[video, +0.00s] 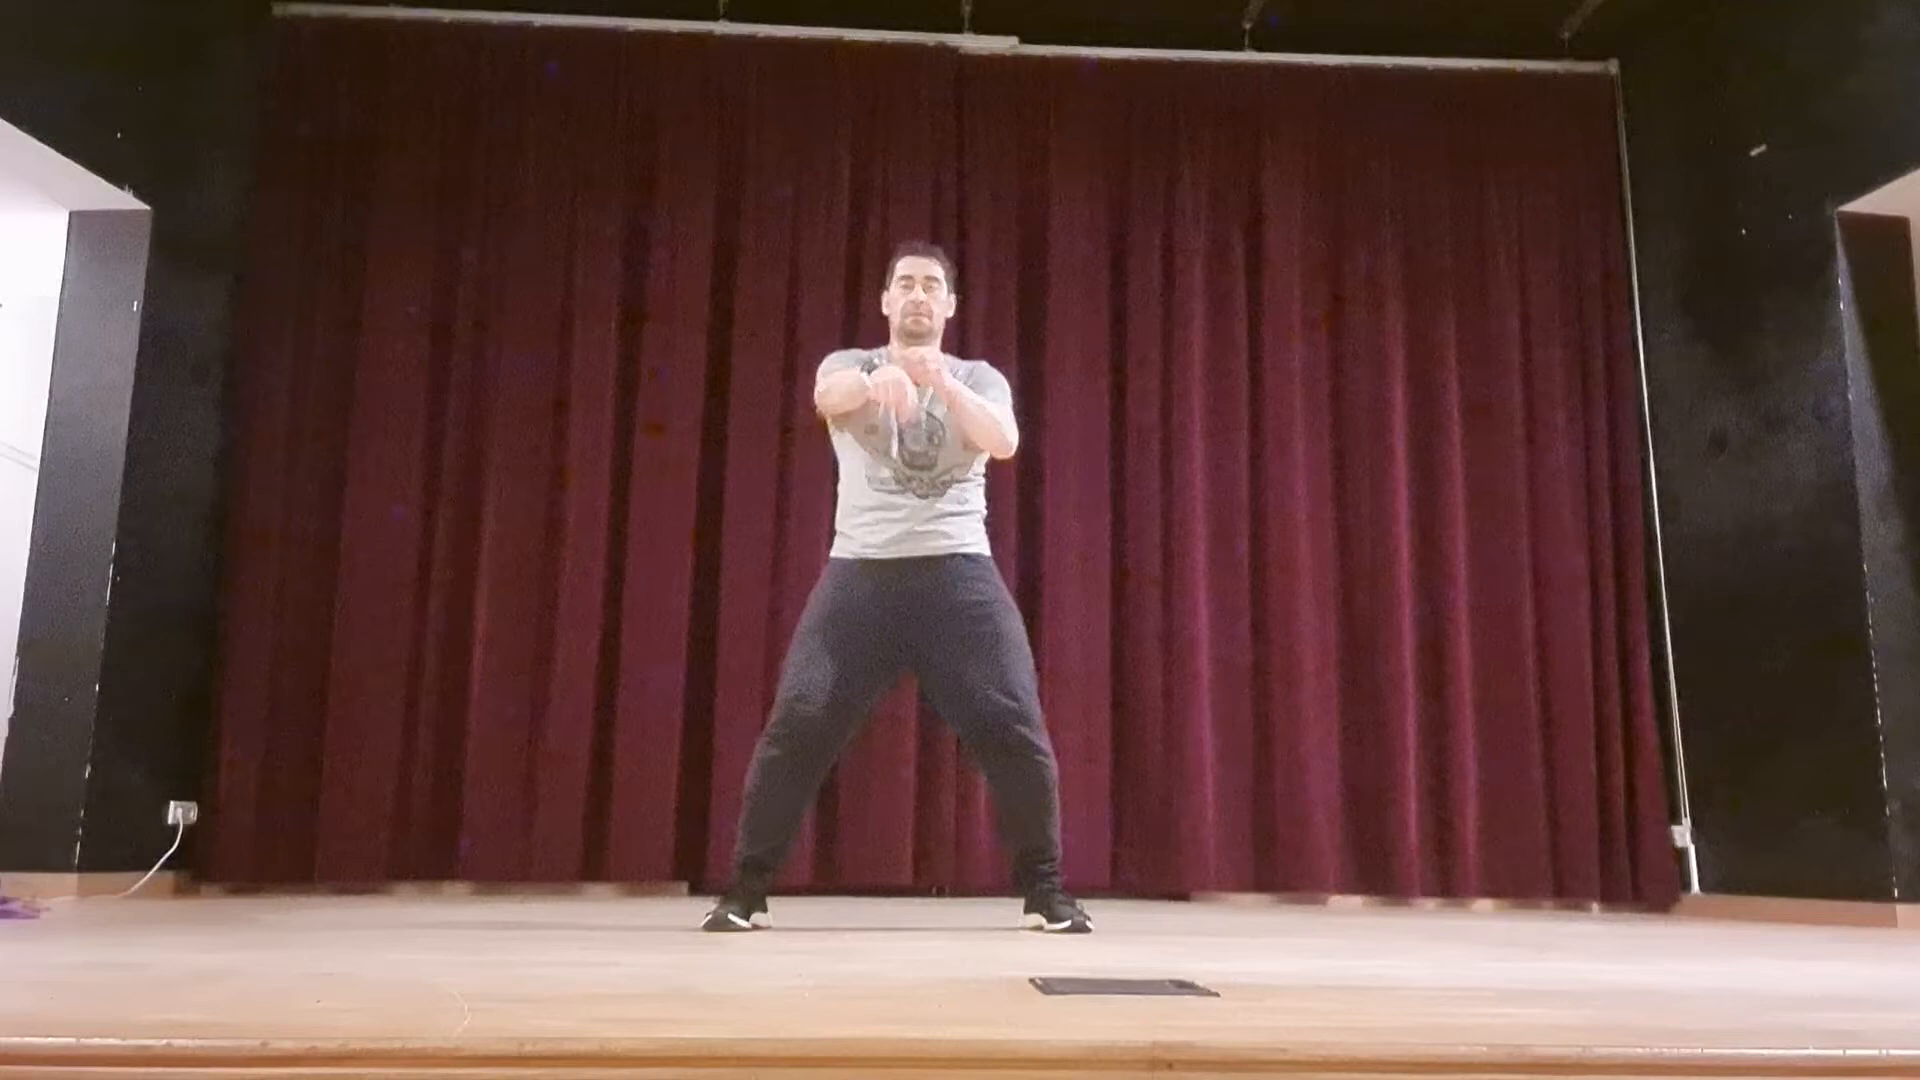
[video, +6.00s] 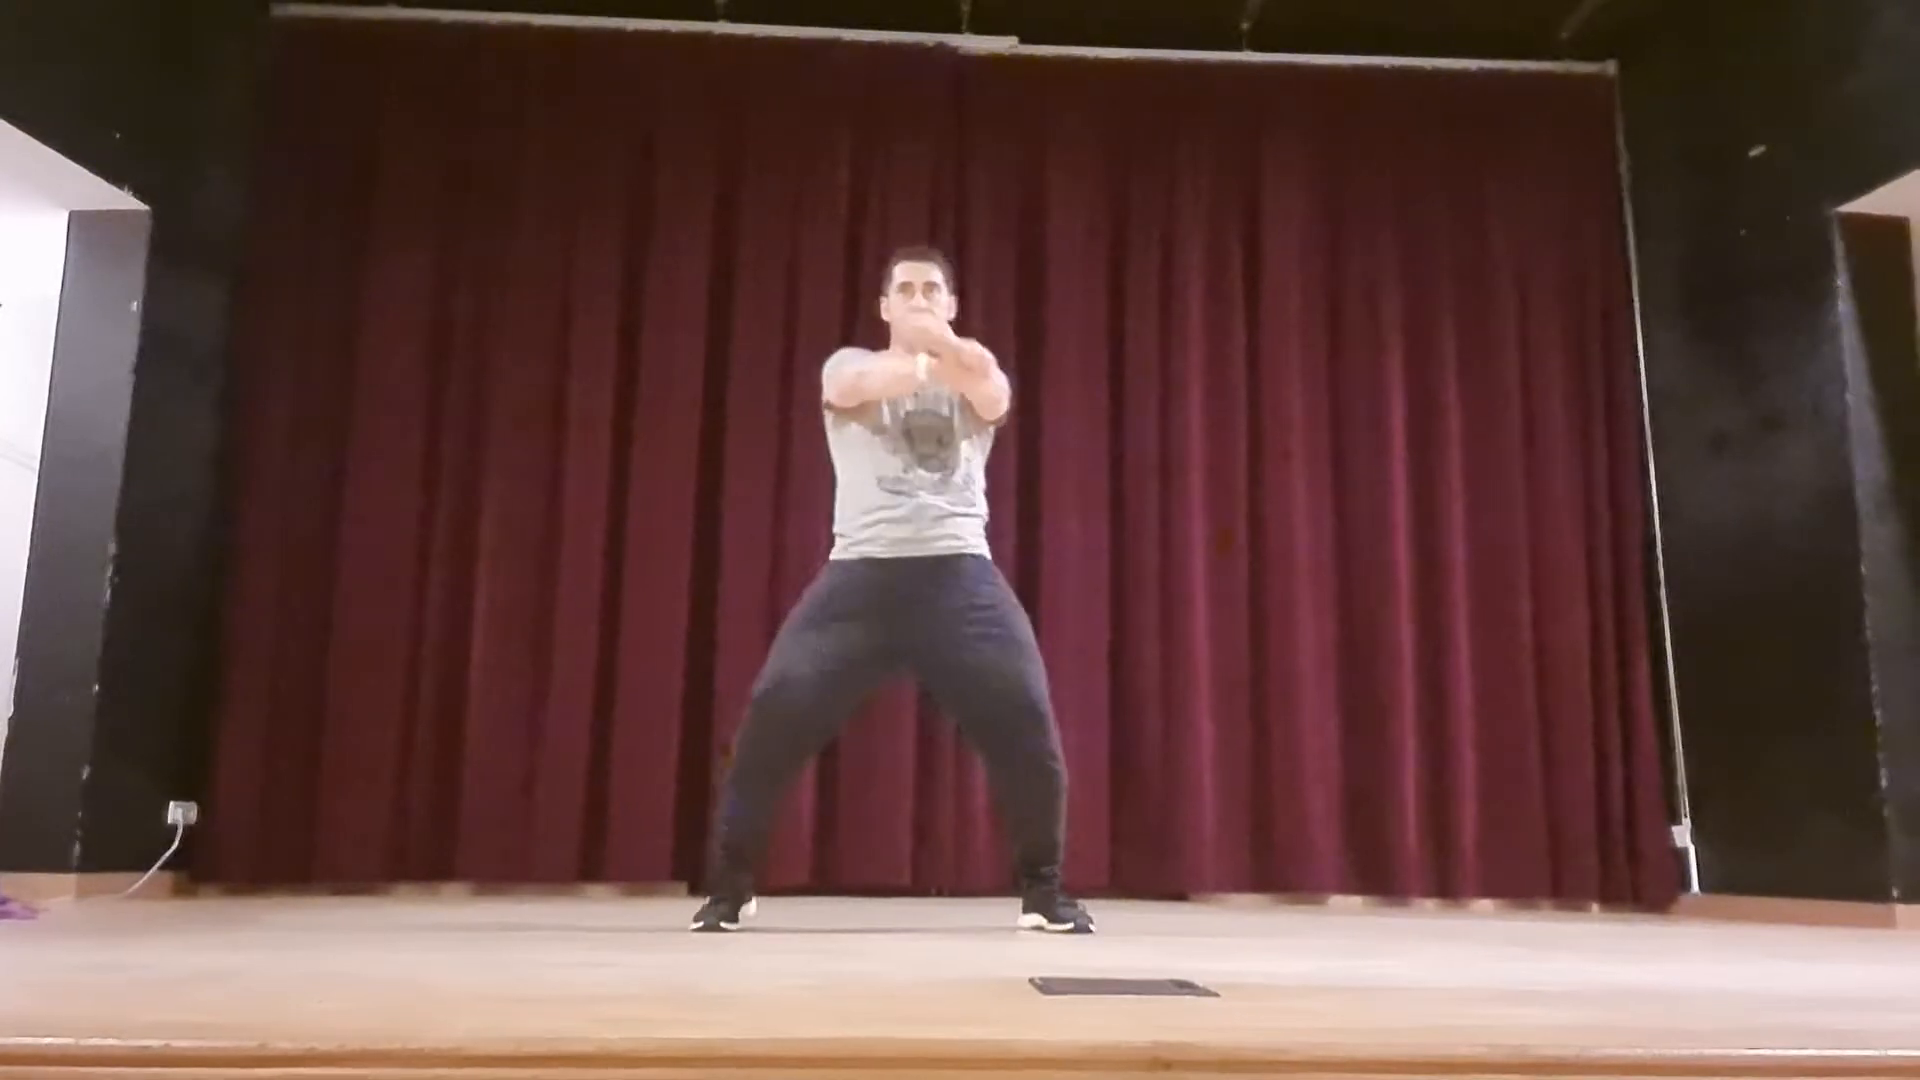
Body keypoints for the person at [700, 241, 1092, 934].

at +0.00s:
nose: (917, 294)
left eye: (930, 286)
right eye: (906, 284)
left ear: (951, 306)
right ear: (884, 302)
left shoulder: (979, 378)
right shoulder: (849, 365)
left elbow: (1001, 442)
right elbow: (829, 400)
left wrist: (941, 381)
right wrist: (876, 382)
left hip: (959, 576)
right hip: (860, 575)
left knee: (1014, 725)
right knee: (799, 719)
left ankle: (1045, 890)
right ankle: (746, 891)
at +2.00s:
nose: (902, 303)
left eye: (915, 294)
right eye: (890, 293)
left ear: (935, 308)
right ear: (868, 306)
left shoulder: (967, 373)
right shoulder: (836, 365)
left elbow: (975, 395)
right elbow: (827, 390)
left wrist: (948, 358)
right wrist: (881, 360)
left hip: (948, 575)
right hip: (848, 576)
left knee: (1017, 722)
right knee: (777, 720)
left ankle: (1046, 890)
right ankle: (732, 893)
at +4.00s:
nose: (908, 305)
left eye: (921, 296)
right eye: (896, 294)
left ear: (939, 308)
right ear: (872, 305)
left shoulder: (966, 374)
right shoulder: (840, 366)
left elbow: (975, 401)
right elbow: (829, 392)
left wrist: (949, 360)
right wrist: (889, 361)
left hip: (952, 574)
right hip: (852, 575)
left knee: (1017, 727)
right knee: (783, 722)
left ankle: (1045, 891)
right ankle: (734, 894)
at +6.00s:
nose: (919, 299)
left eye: (930, 289)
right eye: (906, 290)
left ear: (953, 306)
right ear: (885, 308)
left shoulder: (977, 371)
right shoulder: (851, 365)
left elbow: (988, 392)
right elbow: (849, 387)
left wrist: (944, 343)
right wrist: (912, 369)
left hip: (960, 576)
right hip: (859, 575)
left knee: (1024, 713)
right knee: (780, 703)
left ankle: (1044, 889)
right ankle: (729, 885)